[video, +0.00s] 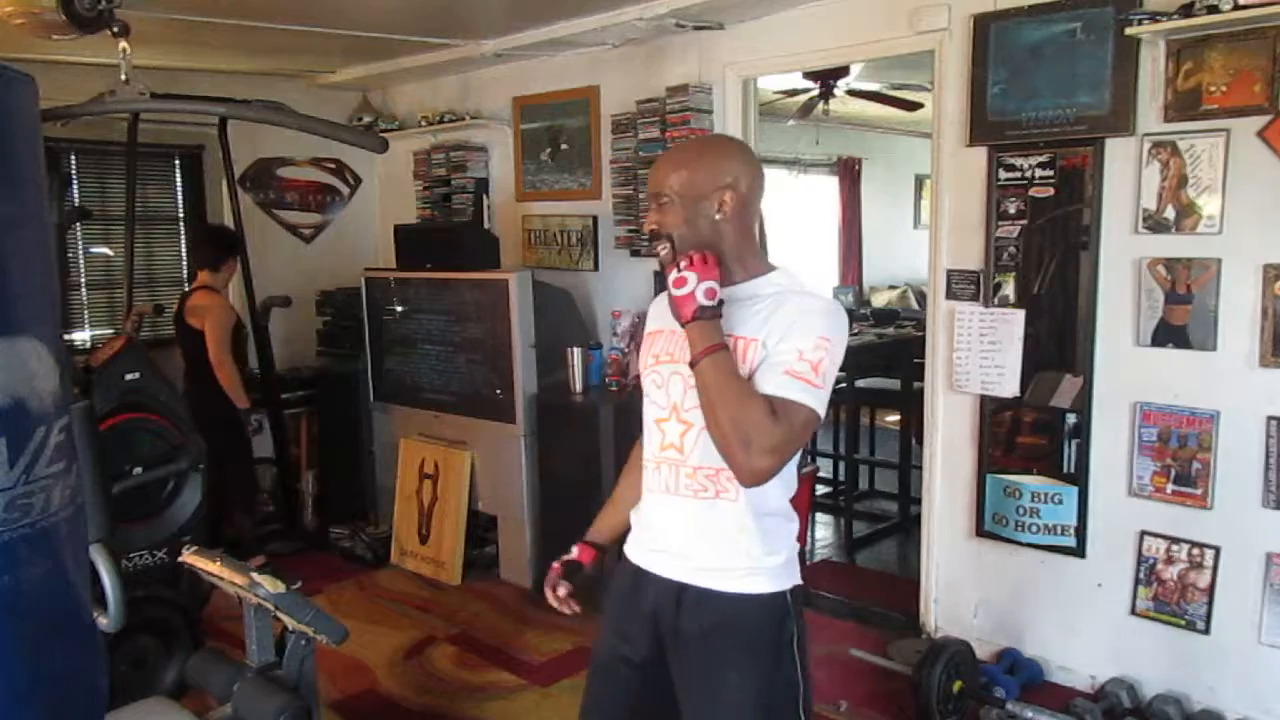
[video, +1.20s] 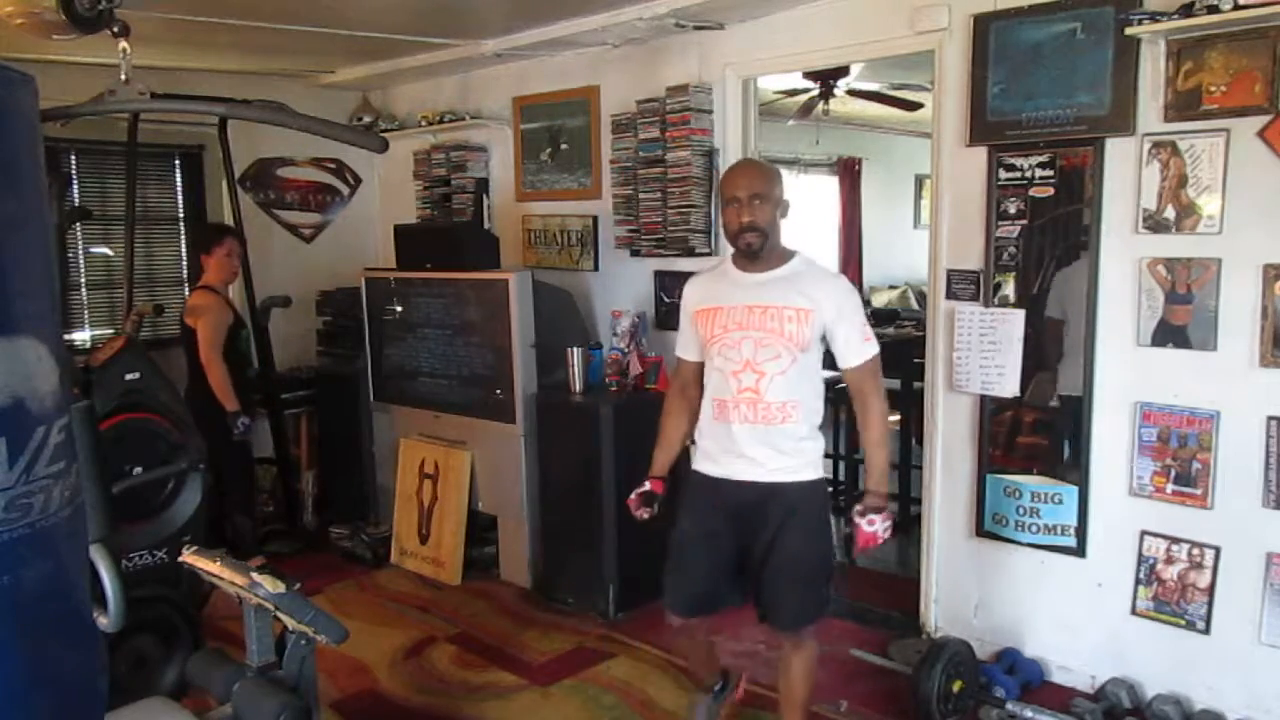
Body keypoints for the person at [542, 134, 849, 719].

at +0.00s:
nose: (648, 223)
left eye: (663, 202)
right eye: (649, 205)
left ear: (725, 203)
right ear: (721, 206)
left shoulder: (808, 315)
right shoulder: (664, 310)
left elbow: (756, 457)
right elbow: (655, 441)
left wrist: (702, 325)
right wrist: (594, 544)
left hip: (740, 602)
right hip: (640, 585)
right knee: (611, 711)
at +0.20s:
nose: (636, 230)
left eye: (650, 208)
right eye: (634, 211)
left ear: (711, 210)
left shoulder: (783, 311)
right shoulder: (646, 317)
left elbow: (737, 444)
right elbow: (632, 439)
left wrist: (685, 316)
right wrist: (552, 530)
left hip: (729, 590)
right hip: (635, 578)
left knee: (733, 709)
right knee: (612, 709)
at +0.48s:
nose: (603, 262)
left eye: (610, 244)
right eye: (595, 249)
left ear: (660, 225)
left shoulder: (752, 302)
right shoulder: (615, 317)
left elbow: (750, 431)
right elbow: (592, 434)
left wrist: (675, 325)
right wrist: (543, 536)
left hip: (727, 551)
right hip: (634, 546)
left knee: (735, 709)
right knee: (627, 700)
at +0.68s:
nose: (629, 246)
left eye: (640, 227)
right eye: (620, 233)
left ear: (686, 216)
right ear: (615, 235)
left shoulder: (760, 295)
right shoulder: (634, 309)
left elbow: (801, 417)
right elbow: (624, 415)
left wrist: (713, 384)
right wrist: (581, 511)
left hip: (737, 534)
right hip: (649, 528)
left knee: (761, 702)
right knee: (640, 689)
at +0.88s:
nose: (690, 233)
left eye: (704, 215)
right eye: (678, 222)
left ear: (741, 217)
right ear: (670, 233)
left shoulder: (796, 306)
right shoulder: (668, 307)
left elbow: (824, 423)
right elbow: (666, 399)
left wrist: (754, 454)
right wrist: (638, 490)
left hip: (767, 521)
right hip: (678, 515)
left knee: (782, 673)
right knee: (664, 668)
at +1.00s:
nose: (724, 227)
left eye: (737, 212)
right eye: (711, 215)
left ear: (765, 216)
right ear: (699, 224)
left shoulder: (813, 302)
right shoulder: (685, 298)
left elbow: (826, 421)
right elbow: (677, 395)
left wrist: (796, 517)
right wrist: (660, 476)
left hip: (782, 508)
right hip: (698, 503)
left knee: (792, 657)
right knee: (676, 651)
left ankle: (789, 717)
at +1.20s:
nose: (744, 215)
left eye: (757, 202)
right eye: (732, 203)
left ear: (781, 209)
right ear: (719, 214)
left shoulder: (827, 290)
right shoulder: (700, 291)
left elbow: (868, 390)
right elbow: (683, 389)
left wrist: (877, 487)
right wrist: (657, 474)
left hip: (793, 487)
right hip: (711, 482)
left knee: (794, 628)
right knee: (682, 614)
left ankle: (793, 716)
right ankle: (715, 685)